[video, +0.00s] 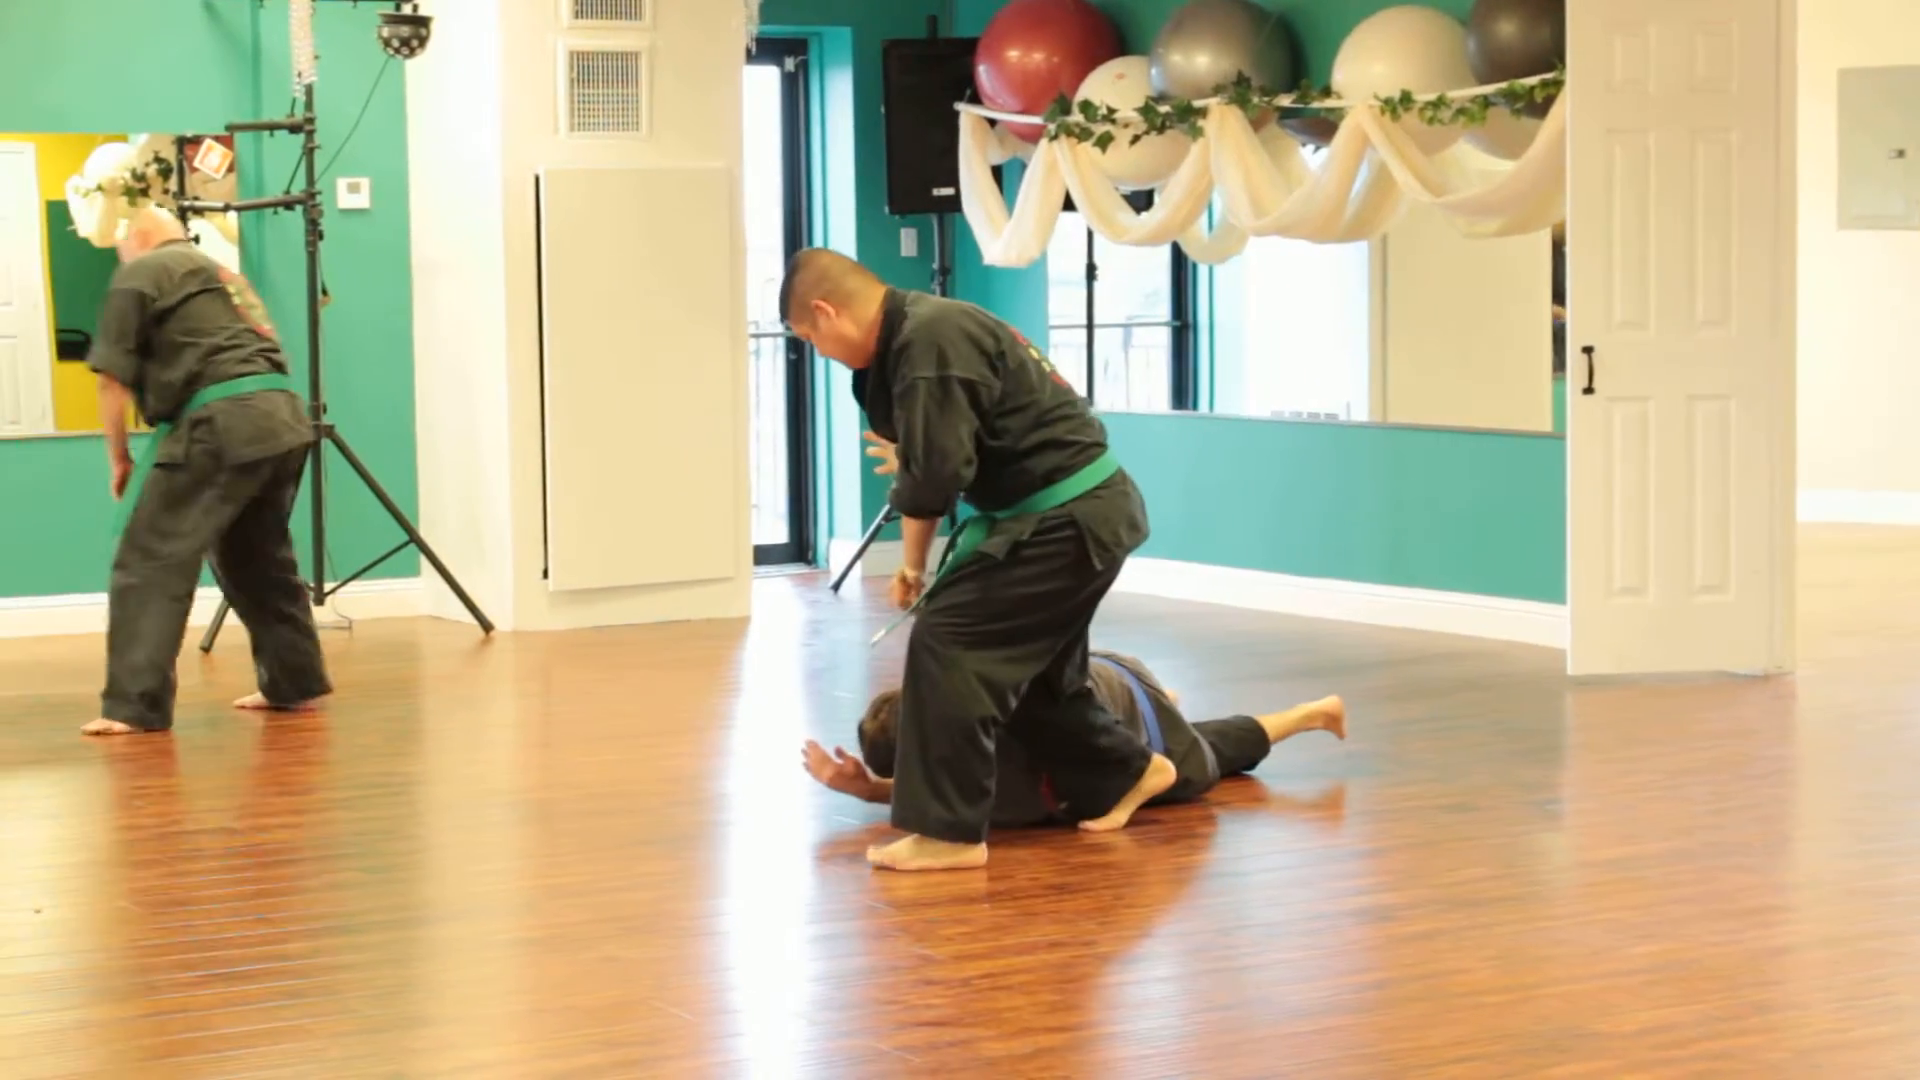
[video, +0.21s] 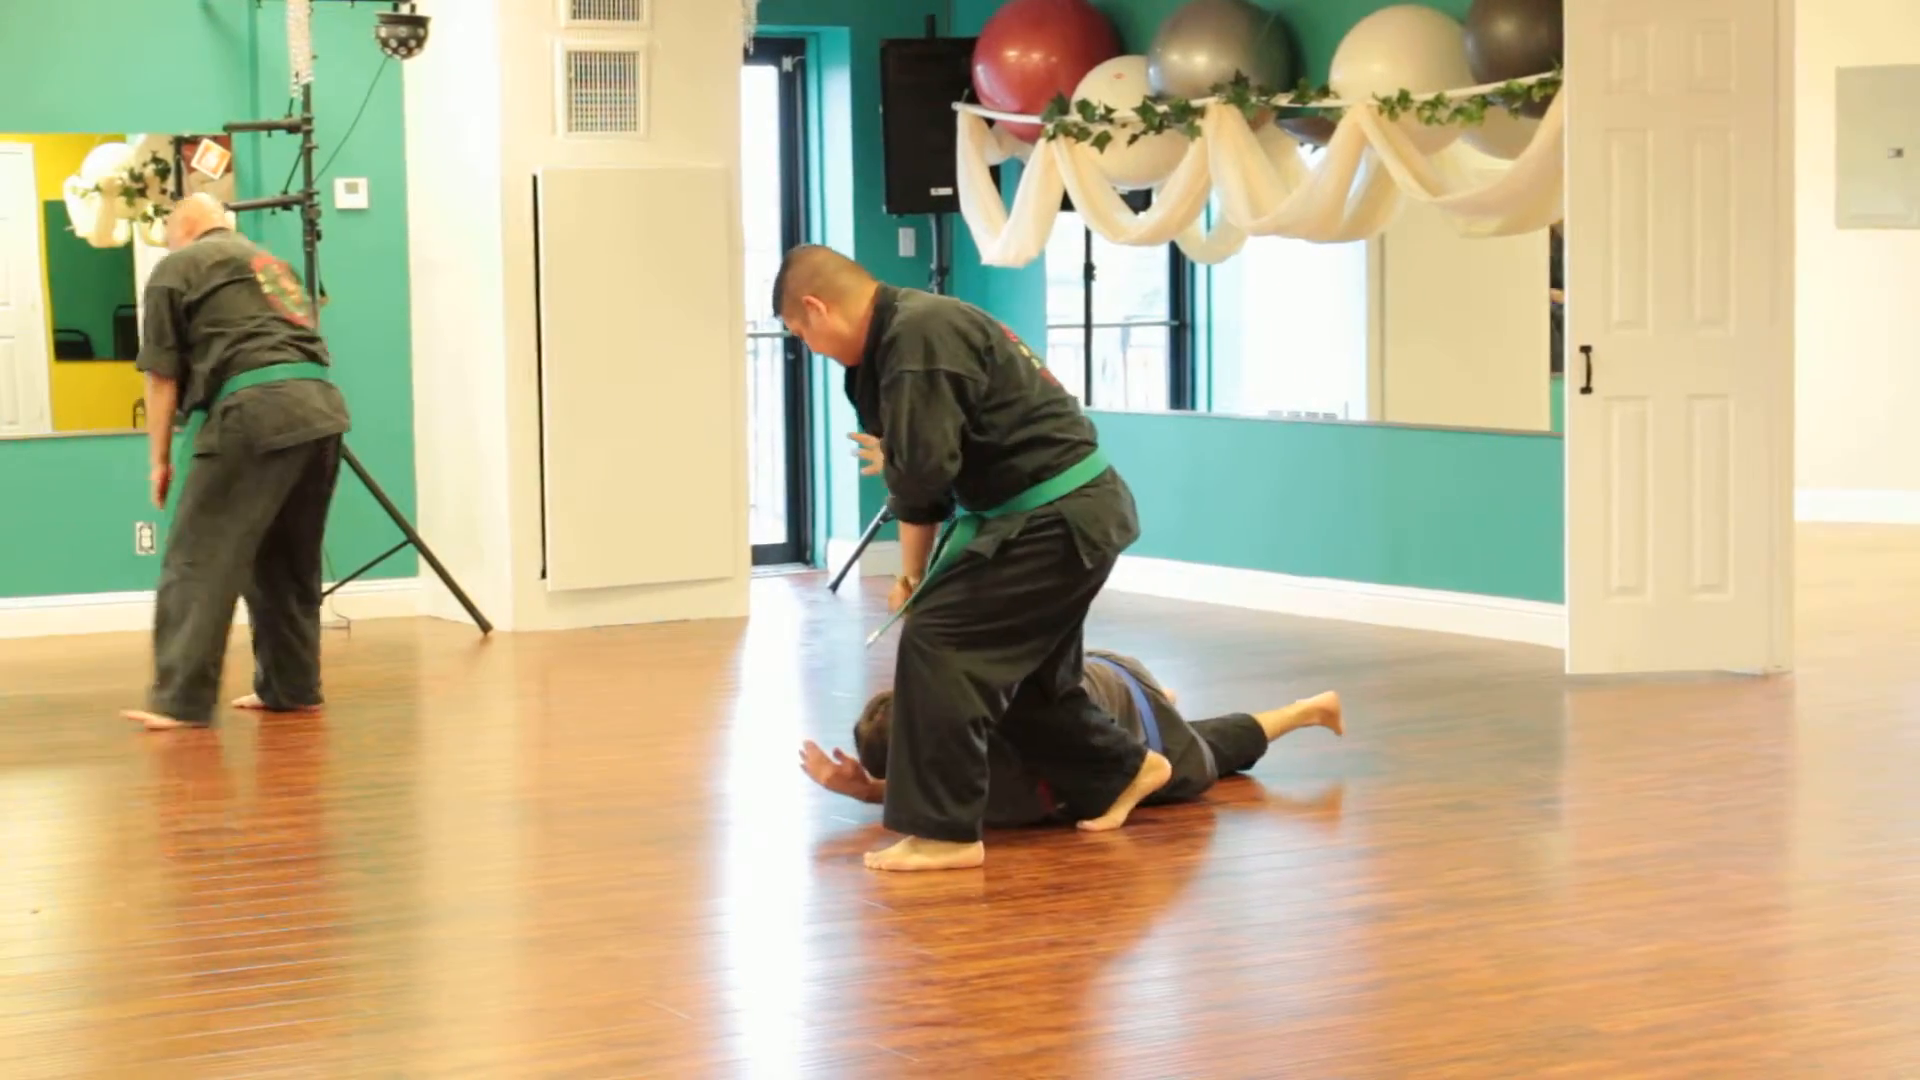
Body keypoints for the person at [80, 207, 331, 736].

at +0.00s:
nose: (122, 258)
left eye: (122, 249)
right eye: (120, 249)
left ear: (137, 238)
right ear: (175, 231)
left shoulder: (140, 274)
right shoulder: (218, 269)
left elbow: (112, 376)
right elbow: (262, 335)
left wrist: (118, 455)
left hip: (223, 423)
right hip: (285, 415)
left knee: (151, 557)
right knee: (254, 551)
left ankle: (136, 706)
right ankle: (295, 684)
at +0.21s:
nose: (169, 245)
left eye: (170, 237)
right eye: (169, 238)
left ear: (186, 231)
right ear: (222, 226)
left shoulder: (175, 269)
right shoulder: (269, 261)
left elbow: (162, 377)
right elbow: (297, 336)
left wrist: (160, 458)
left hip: (256, 414)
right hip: (322, 407)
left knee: (200, 555)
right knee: (288, 557)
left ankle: (182, 701)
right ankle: (291, 689)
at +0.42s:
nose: (195, 223)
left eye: (198, 212)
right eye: (195, 213)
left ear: (219, 208)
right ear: (251, 209)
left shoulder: (205, 254)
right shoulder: (297, 252)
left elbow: (178, 358)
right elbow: (315, 337)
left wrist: (169, 426)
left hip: (275, 413)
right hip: (340, 407)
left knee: (247, 552)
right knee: (303, 551)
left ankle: (293, 687)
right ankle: (292, 676)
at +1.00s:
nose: (228, 186)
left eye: (238, 176)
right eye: (231, 176)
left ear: (274, 181)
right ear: (273, 183)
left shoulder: (298, 236)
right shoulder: (271, 241)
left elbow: (315, 322)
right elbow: (277, 329)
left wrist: (319, 398)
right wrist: (229, 321)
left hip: (307, 415)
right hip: (278, 414)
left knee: (311, 555)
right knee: (267, 554)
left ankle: (356, 696)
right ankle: (286, 686)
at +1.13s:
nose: (226, 186)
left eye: (235, 175)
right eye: (227, 176)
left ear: (271, 180)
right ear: (268, 182)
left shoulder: (295, 235)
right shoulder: (265, 240)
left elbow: (320, 318)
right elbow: (275, 320)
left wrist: (347, 390)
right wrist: (227, 316)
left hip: (306, 414)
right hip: (269, 416)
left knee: (318, 556)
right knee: (254, 555)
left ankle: (359, 697)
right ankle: (249, 688)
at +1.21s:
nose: (217, 190)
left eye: (225, 178)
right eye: (218, 180)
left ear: (263, 183)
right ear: (261, 184)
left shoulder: (289, 240)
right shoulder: (257, 244)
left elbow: (316, 326)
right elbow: (262, 318)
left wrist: (338, 406)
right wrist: (215, 314)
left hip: (300, 417)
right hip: (260, 418)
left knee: (319, 558)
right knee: (247, 558)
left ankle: (362, 698)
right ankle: (215, 687)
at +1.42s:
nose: (177, 199)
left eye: (185, 188)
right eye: (178, 188)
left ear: (225, 191)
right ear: (219, 193)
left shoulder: (255, 250)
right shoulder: (222, 253)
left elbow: (268, 347)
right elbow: (233, 339)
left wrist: (237, 431)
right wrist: (181, 332)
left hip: (278, 424)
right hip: (235, 424)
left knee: (306, 568)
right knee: (215, 570)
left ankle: (363, 698)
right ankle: (192, 699)